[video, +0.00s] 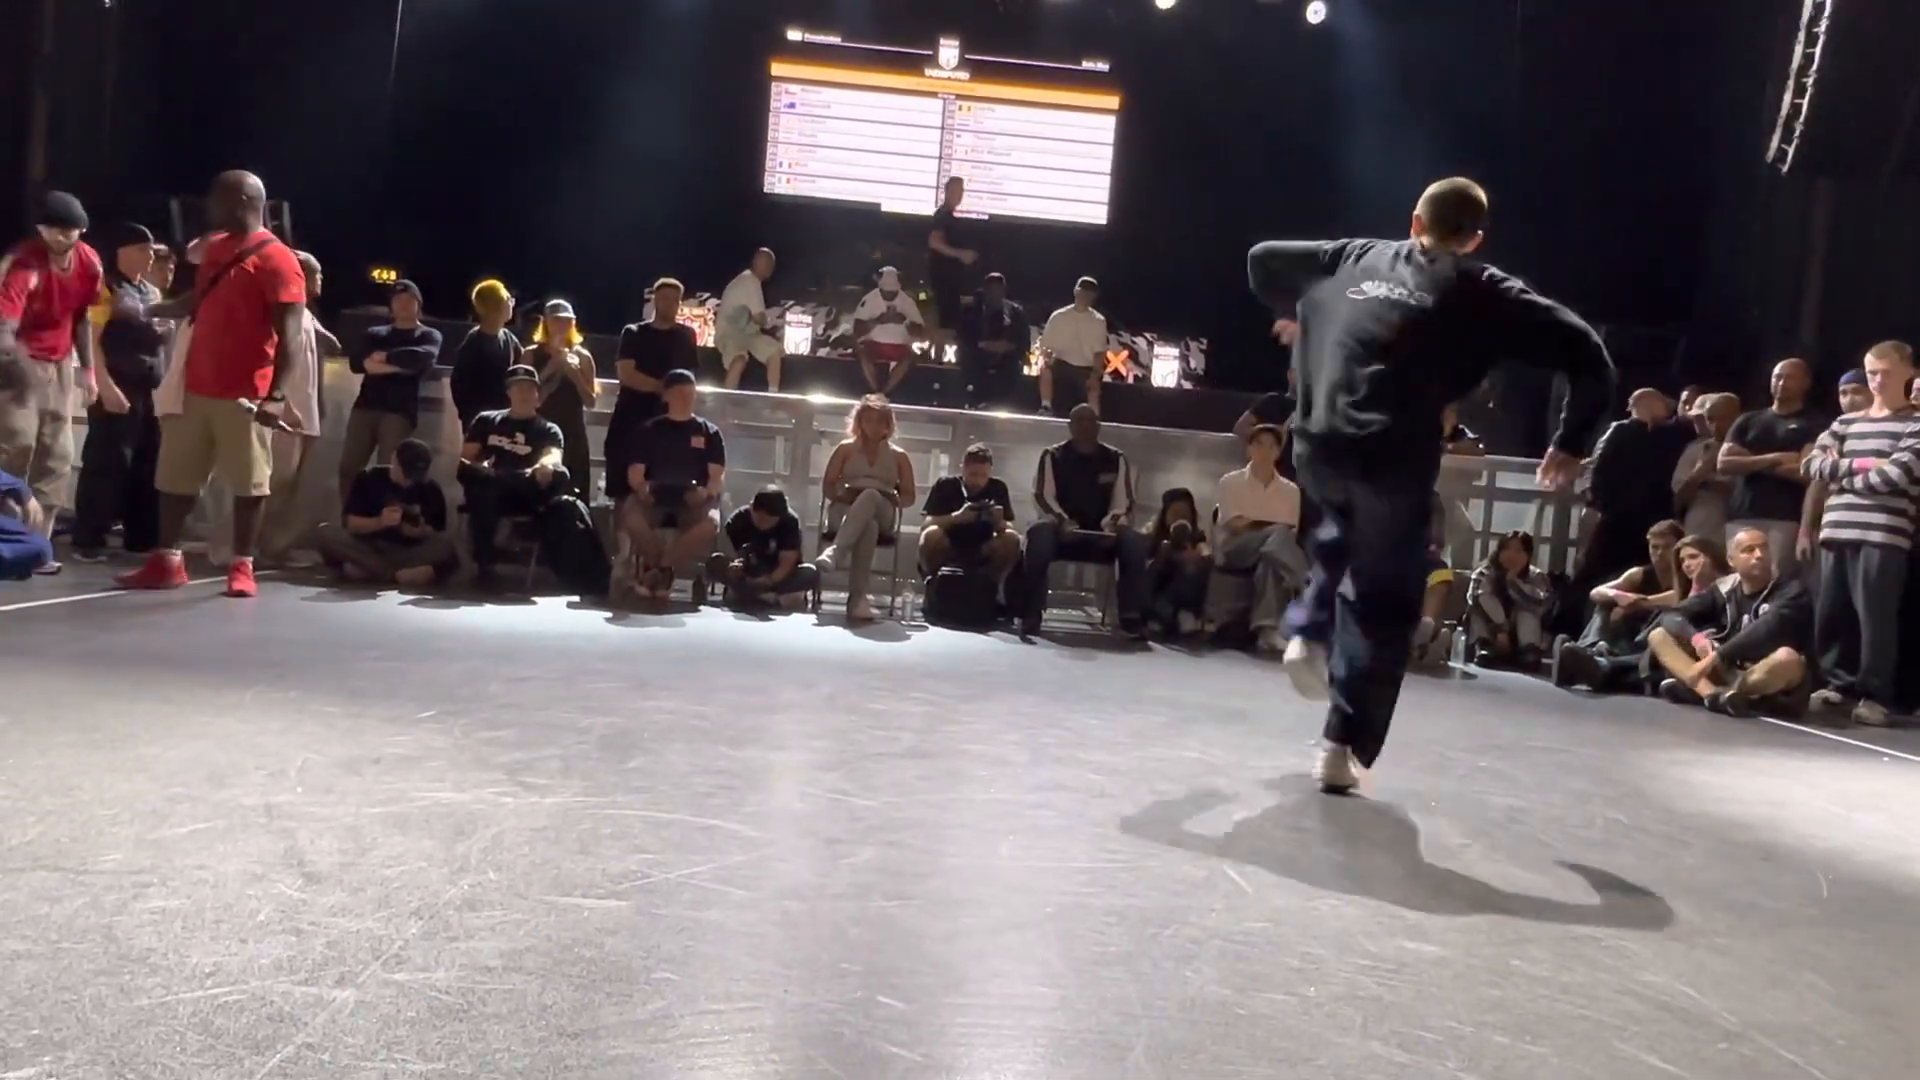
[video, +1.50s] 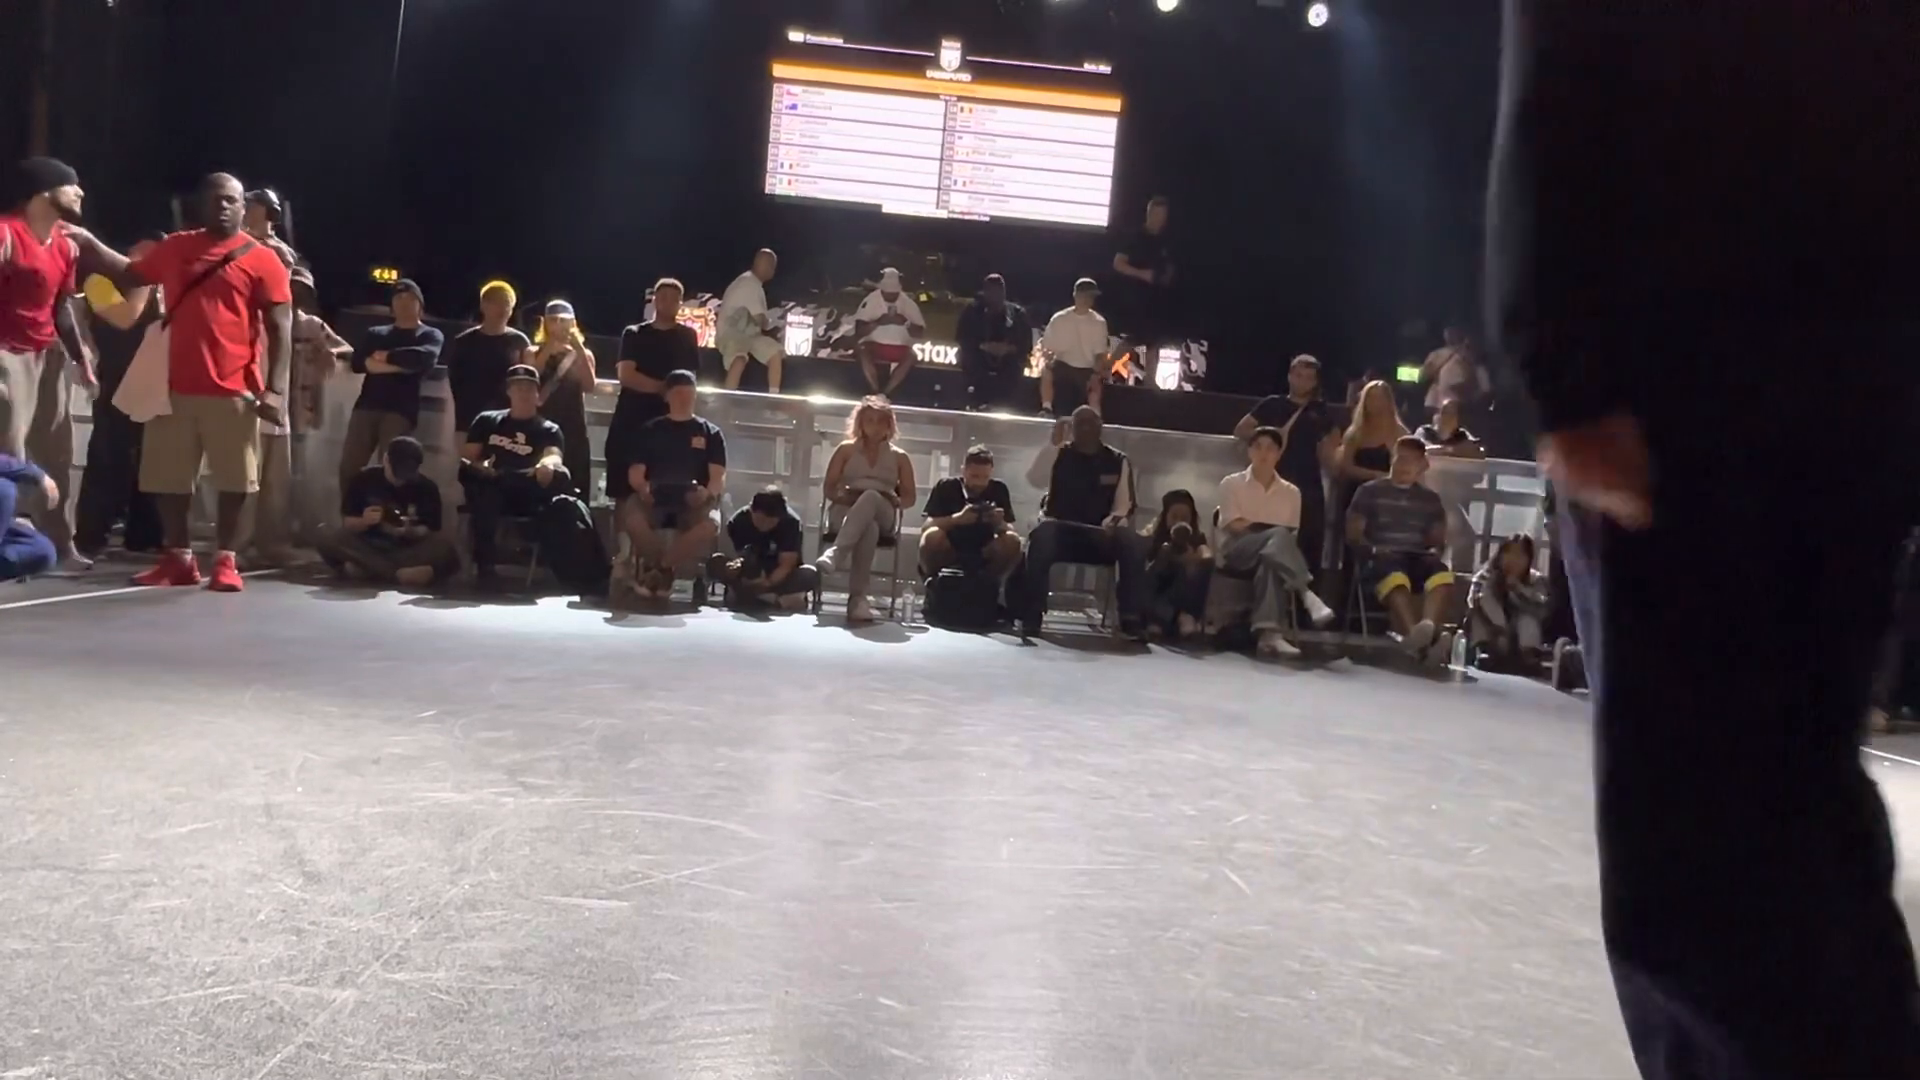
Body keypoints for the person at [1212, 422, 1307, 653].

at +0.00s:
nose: (1265, 451)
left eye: (1270, 446)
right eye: (1260, 444)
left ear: (1278, 452)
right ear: (1250, 449)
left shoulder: (1290, 491)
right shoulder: (1230, 482)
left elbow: (1288, 531)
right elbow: (1235, 525)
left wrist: (1249, 523)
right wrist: (1278, 528)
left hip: (1276, 552)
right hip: (1235, 549)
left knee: (1270, 560)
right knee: (1280, 534)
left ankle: (1268, 628)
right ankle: (1306, 585)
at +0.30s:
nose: (1262, 449)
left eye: (1269, 445)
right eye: (1257, 444)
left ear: (1278, 452)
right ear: (1249, 449)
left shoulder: (1284, 484)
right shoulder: (1231, 481)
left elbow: (1290, 525)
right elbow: (1236, 524)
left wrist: (1252, 525)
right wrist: (1277, 527)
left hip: (1273, 550)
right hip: (1236, 547)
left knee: (1268, 559)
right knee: (1273, 539)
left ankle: (1263, 627)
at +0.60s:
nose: (1261, 451)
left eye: (1267, 446)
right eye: (1256, 445)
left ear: (1277, 452)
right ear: (1248, 449)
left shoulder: (1286, 488)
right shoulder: (1230, 482)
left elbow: (1290, 528)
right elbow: (1235, 525)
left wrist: (1251, 524)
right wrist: (1278, 528)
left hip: (1273, 551)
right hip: (1235, 549)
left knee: (1270, 558)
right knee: (1278, 532)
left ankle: (1268, 632)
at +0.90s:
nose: (1261, 452)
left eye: (1267, 447)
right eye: (1255, 446)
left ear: (1277, 453)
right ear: (1248, 450)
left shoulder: (1291, 492)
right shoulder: (1230, 483)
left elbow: (1289, 532)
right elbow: (1235, 526)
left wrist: (1249, 524)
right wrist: (1279, 529)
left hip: (1277, 553)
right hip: (1236, 550)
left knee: (1269, 559)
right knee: (1280, 535)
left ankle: (1268, 631)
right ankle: (1306, 590)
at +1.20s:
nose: (1262, 453)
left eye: (1269, 448)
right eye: (1257, 447)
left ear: (1278, 454)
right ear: (1249, 451)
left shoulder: (1290, 492)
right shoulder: (1231, 483)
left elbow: (1288, 534)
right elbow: (1234, 526)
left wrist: (1248, 525)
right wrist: (1278, 531)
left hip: (1276, 555)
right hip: (1236, 553)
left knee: (1270, 561)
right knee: (1278, 535)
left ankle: (1270, 633)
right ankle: (1306, 594)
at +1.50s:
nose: (1264, 454)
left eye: (1271, 449)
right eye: (1259, 448)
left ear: (1279, 455)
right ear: (1250, 452)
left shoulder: (1291, 492)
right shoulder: (1231, 483)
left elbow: (1289, 534)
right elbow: (1235, 527)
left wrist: (1249, 525)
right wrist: (1278, 531)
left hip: (1277, 556)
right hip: (1237, 553)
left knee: (1270, 562)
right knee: (1279, 535)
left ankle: (1270, 633)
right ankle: (1308, 595)